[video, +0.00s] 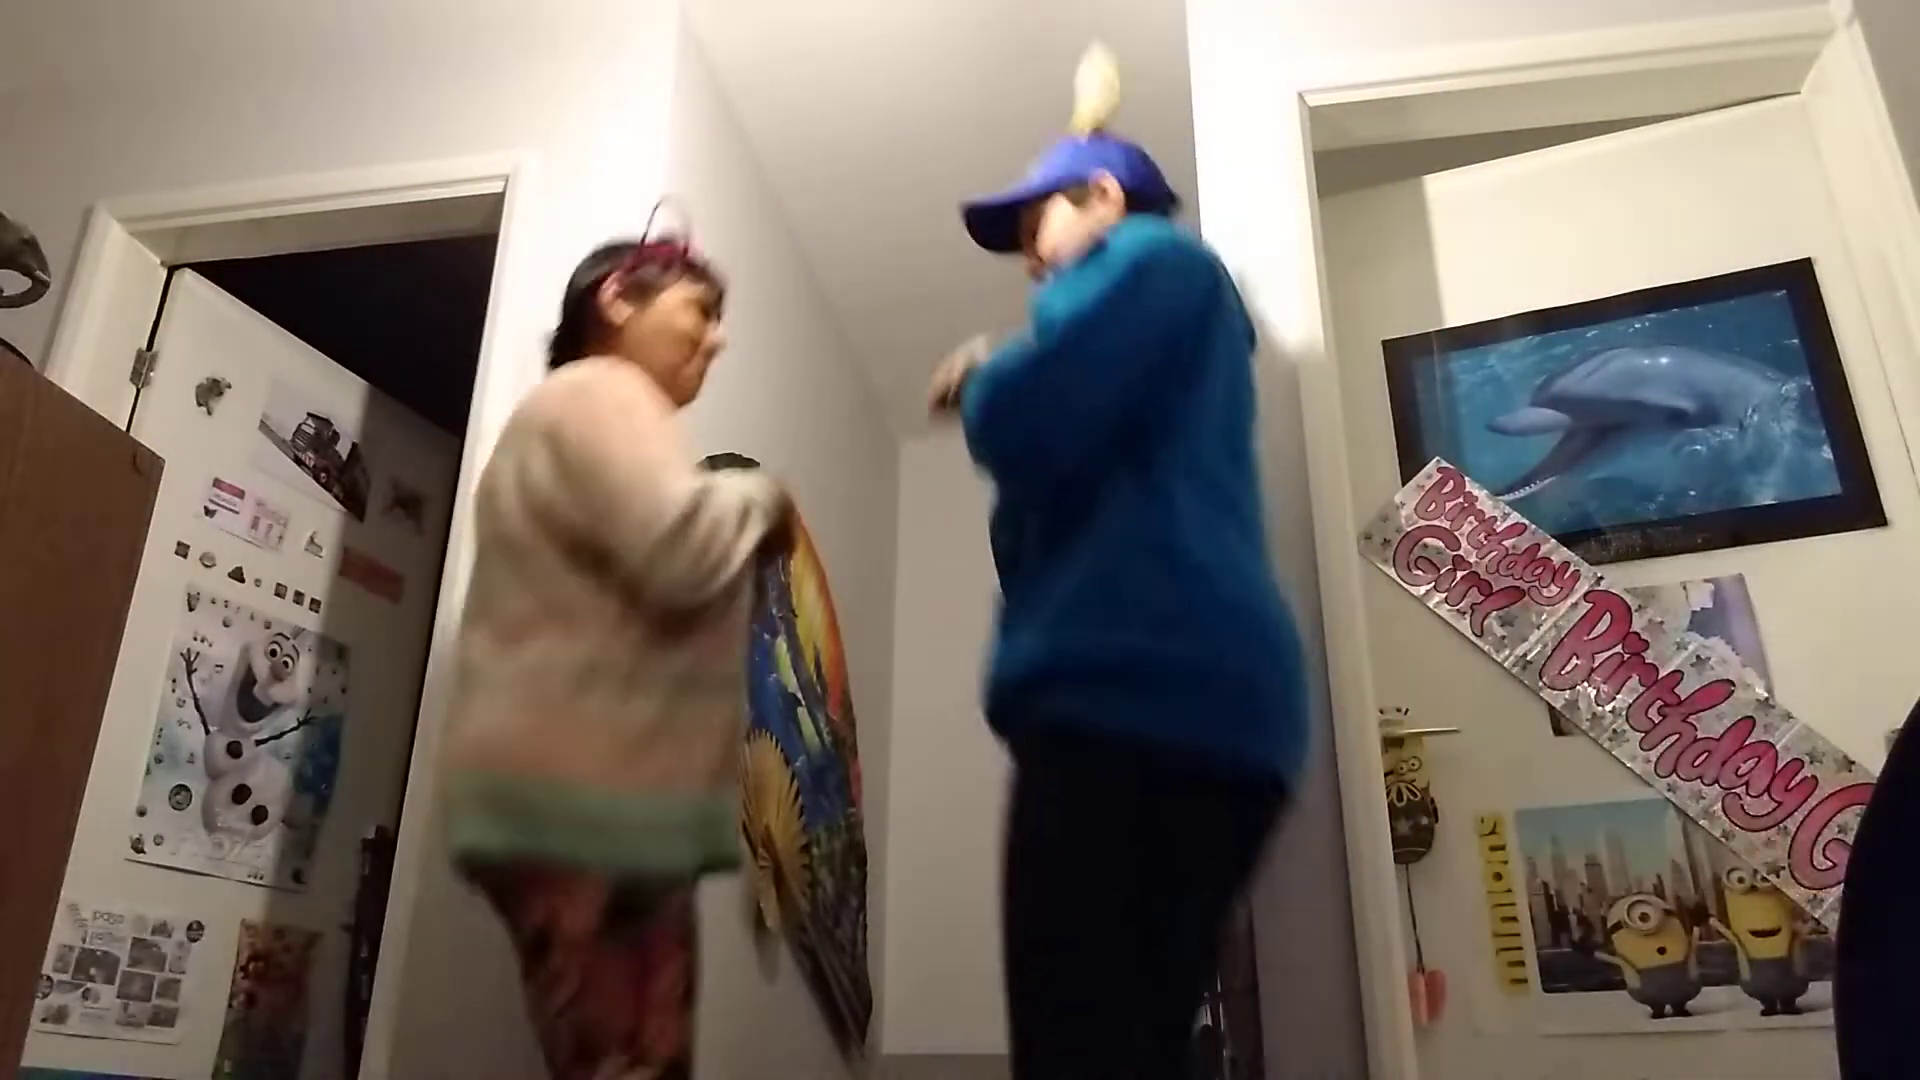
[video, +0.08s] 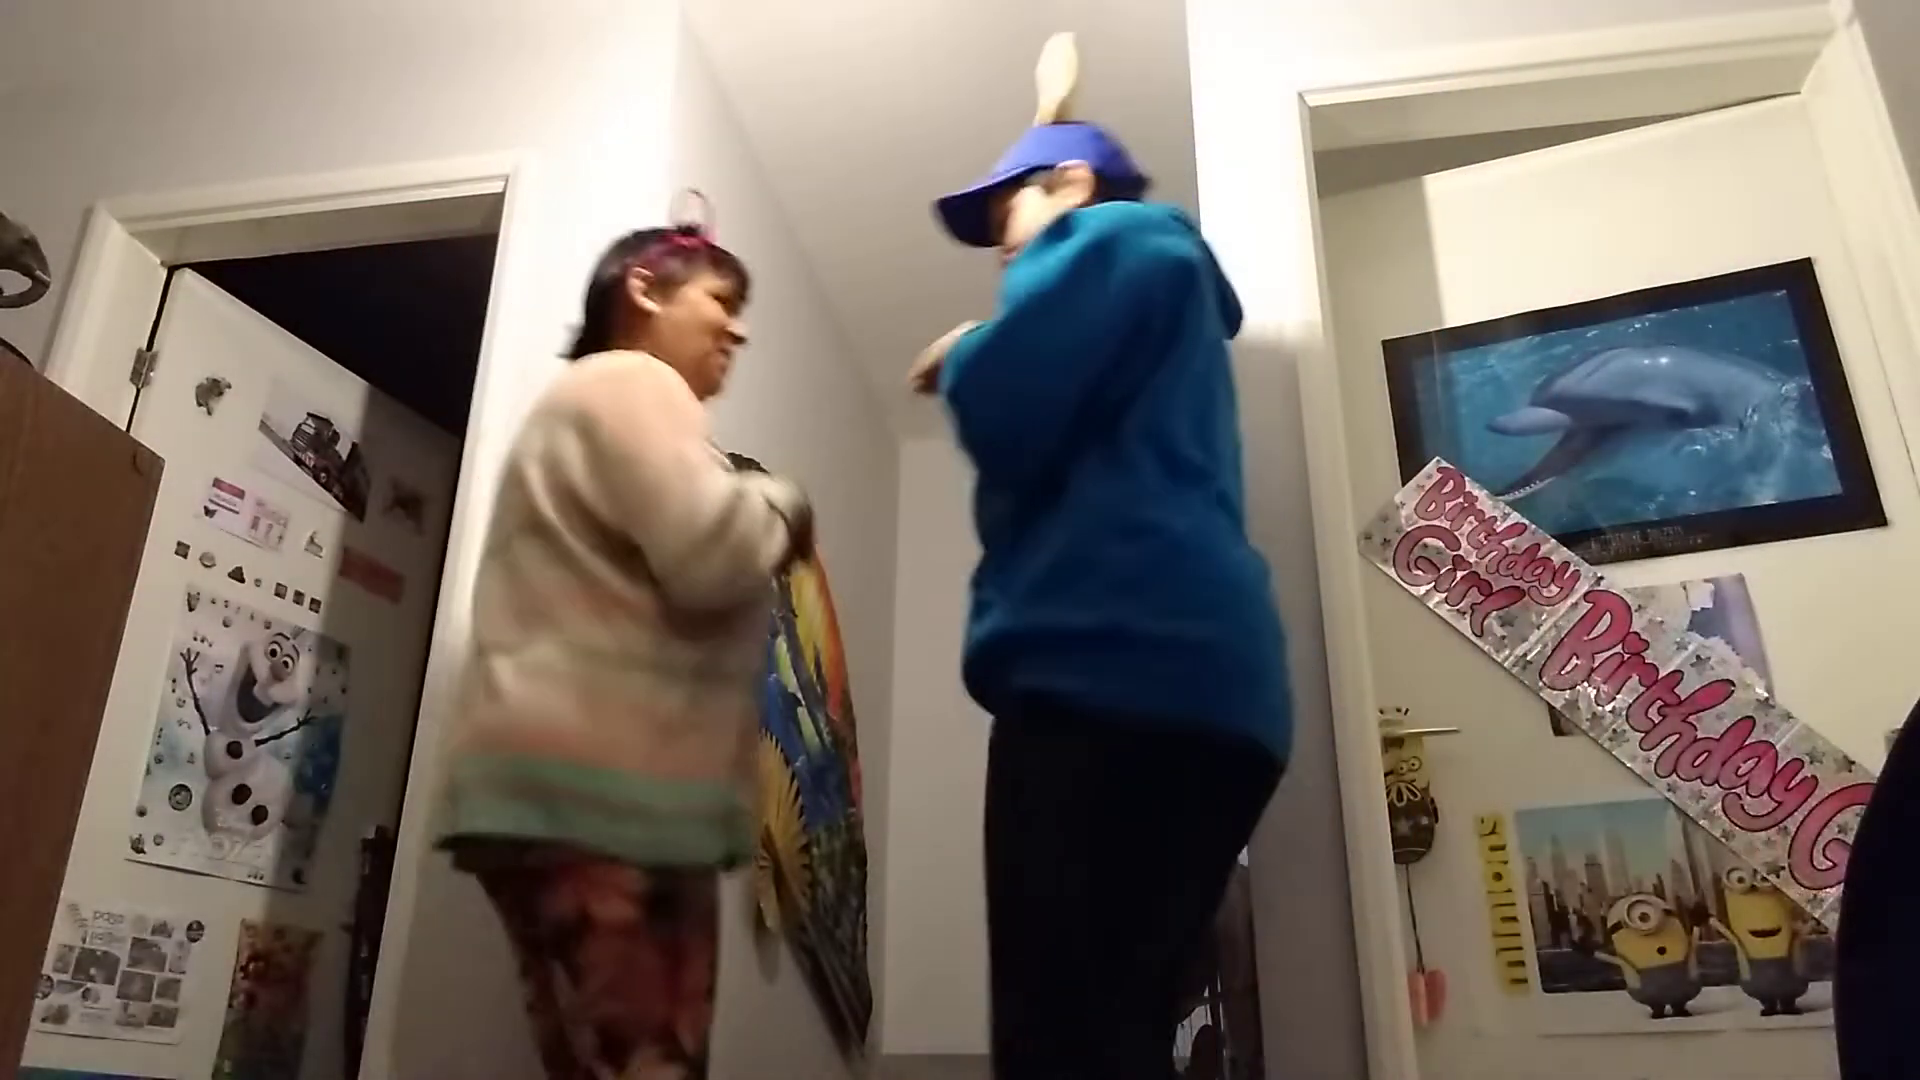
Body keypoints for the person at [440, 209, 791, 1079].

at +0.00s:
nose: (716, 337)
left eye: (717, 319)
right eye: (699, 308)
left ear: (623, 309)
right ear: (618, 304)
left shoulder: (559, 409)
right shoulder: (603, 396)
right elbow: (677, 558)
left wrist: (717, 498)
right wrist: (762, 495)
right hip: (596, 807)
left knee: (619, 1057)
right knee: (631, 1058)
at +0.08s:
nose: (737, 327)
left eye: (739, 311)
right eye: (720, 300)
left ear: (643, 299)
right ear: (644, 291)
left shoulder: (588, 394)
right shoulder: (632, 388)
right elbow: (705, 554)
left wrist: (738, 494)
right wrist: (781, 502)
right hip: (611, 816)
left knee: (607, 1060)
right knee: (645, 1058)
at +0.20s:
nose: (762, 392)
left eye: (762, 368)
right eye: (748, 362)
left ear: (667, 358)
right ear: (678, 352)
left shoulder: (577, 471)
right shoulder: (668, 453)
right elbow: (739, 651)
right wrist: (800, 576)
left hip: (531, 896)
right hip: (651, 907)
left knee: (568, 1066)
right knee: (674, 1064)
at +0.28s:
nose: (782, 431)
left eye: (778, 408)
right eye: (768, 402)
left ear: (685, 400)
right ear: (698, 396)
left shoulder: (571, 512)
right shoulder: (699, 491)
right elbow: (757, 704)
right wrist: (811, 648)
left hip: (523, 930)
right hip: (653, 943)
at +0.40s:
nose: (799, 429)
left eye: (798, 408)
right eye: (790, 401)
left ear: (708, 391)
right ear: (730, 389)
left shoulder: (577, 498)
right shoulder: (738, 487)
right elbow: (804, 688)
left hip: (513, 890)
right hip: (672, 899)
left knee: (552, 1065)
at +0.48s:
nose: (801, 423)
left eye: (802, 403)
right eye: (795, 398)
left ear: (683, 385)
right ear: (744, 383)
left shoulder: (580, 480)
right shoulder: (763, 482)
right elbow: (825, 689)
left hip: (514, 867)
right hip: (682, 880)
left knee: (553, 1067)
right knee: (700, 1065)